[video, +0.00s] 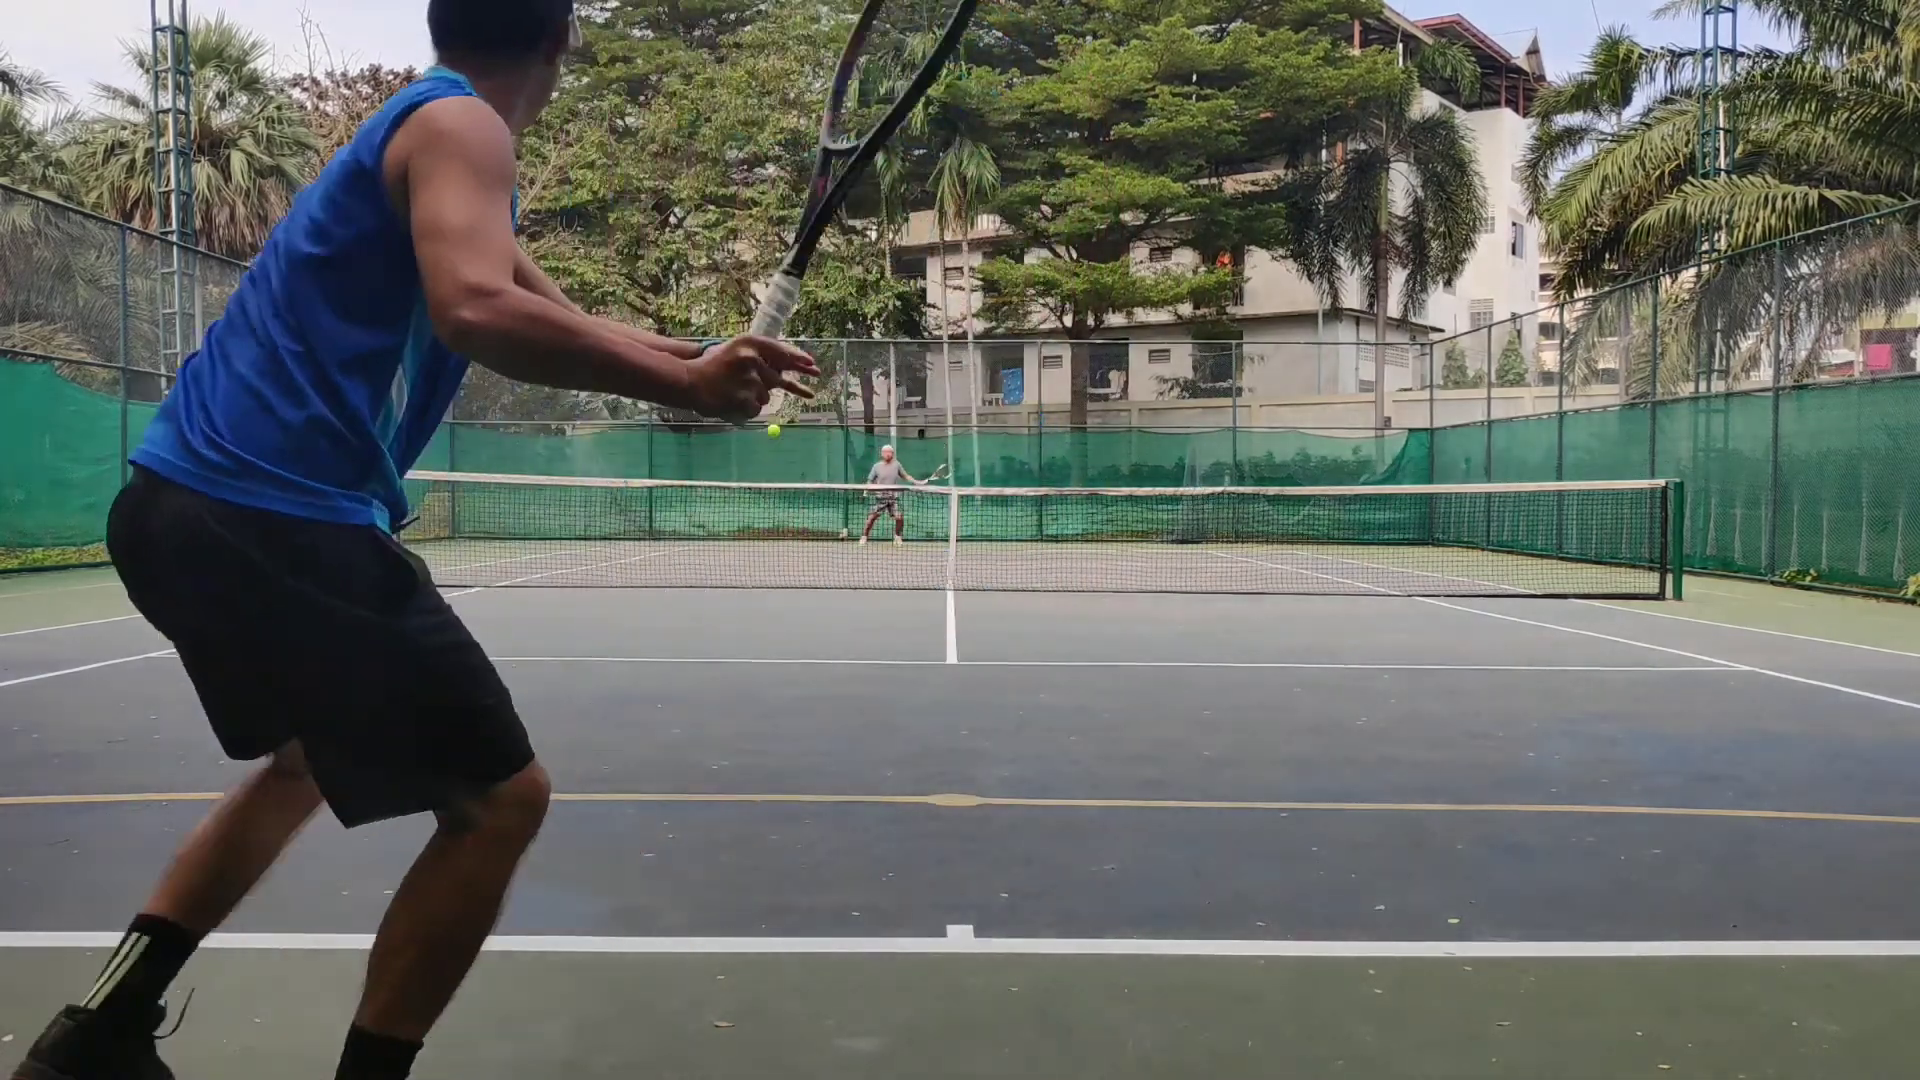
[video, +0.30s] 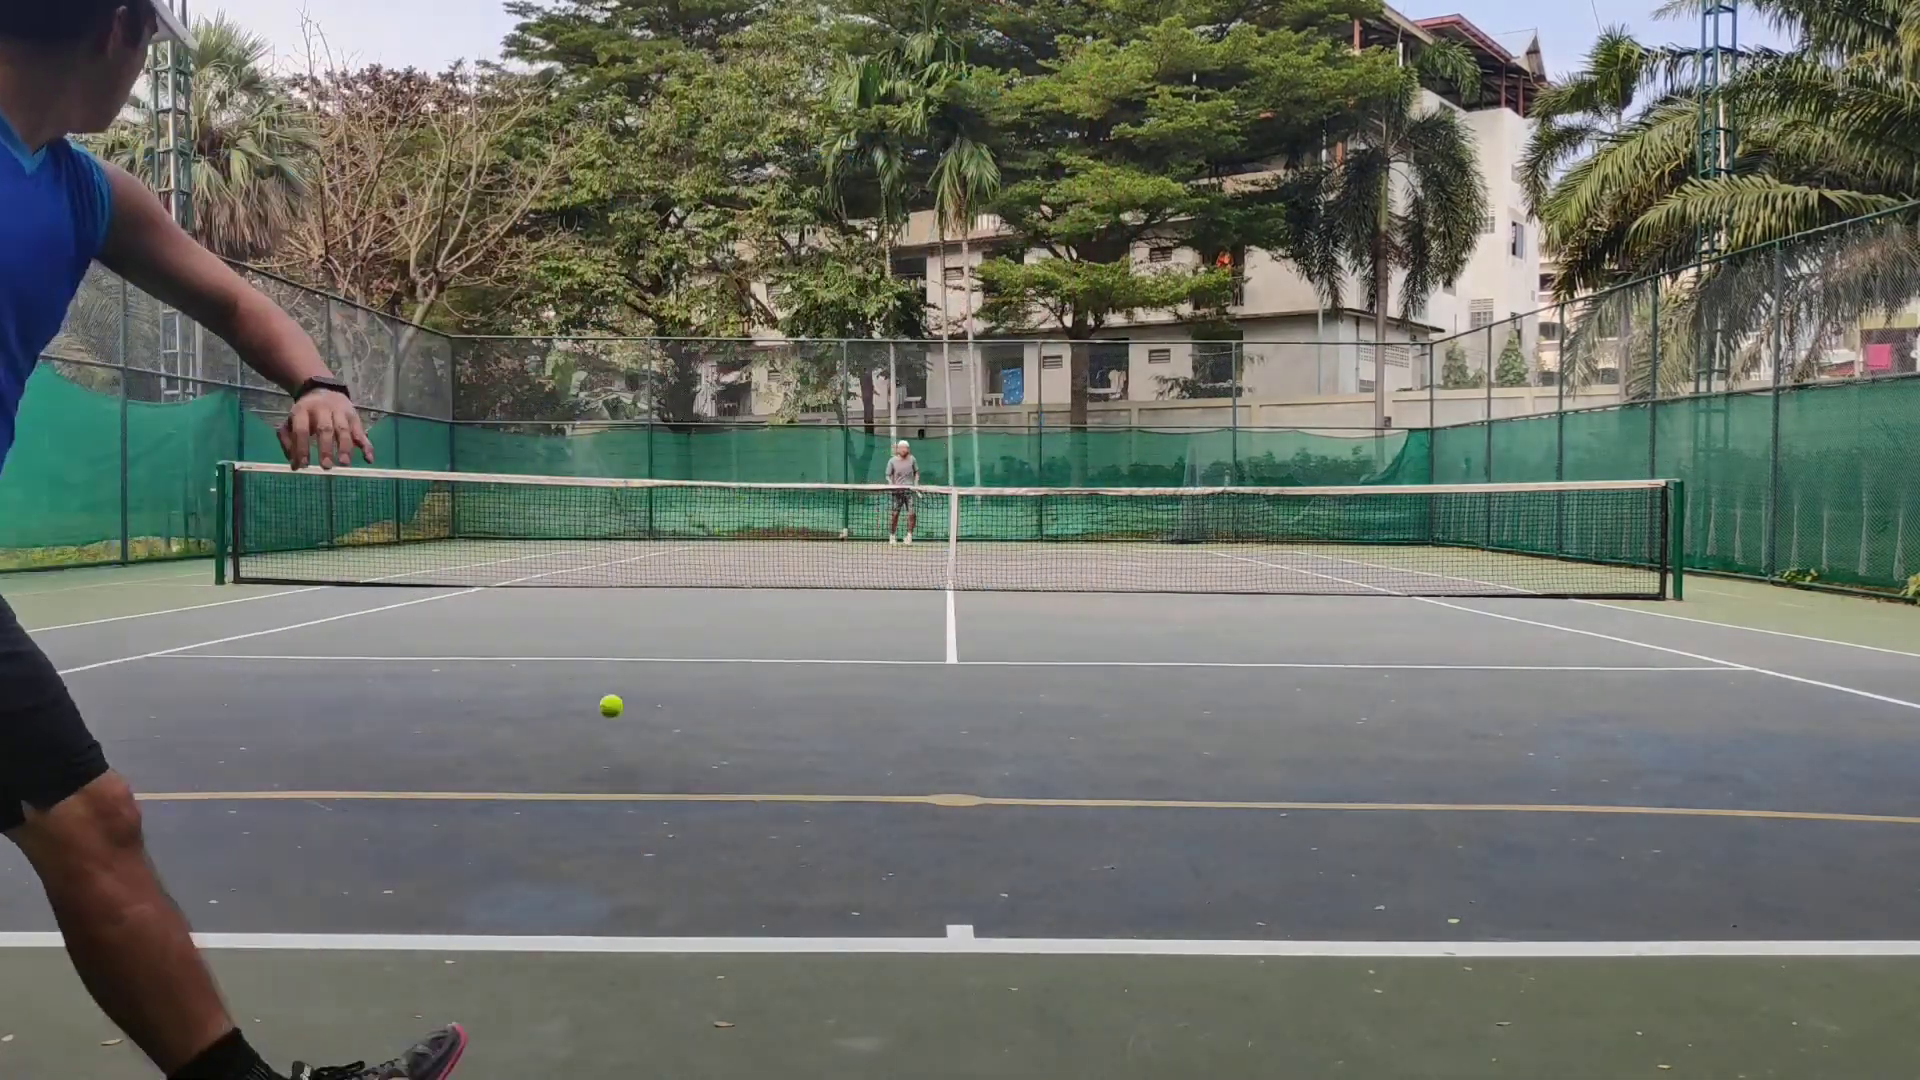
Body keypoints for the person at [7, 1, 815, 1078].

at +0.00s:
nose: (568, 63)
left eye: (566, 45)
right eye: (570, 42)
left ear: (447, 32)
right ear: (558, 44)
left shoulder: (404, 126)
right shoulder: (460, 126)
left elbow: (529, 305)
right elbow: (475, 306)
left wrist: (689, 367)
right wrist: (676, 378)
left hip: (178, 500)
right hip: (287, 523)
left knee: (316, 750)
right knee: (502, 801)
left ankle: (111, 1021)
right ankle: (370, 1070)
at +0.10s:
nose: (448, 82)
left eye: (450, 59)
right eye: (449, 56)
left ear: (331, 38)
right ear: (428, 54)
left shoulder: (364, 189)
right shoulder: (284, 126)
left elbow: (480, 316)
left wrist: (608, 346)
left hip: (104, 536)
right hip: (163, 536)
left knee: (134, 819)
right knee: (436, 788)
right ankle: (358, 1077)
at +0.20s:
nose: (300, 76)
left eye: (303, 53)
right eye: (302, 50)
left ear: (172, 32)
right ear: (275, 45)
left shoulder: (247, 202)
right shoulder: (82, 120)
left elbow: (369, 300)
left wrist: (472, 356)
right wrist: (70, 281)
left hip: (86, 548)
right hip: (40, 546)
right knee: (298, 781)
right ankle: (329, 1070)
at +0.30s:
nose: (144, 58)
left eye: (148, 39)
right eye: (147, 35)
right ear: (117, 27)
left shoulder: (82, 186)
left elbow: (226, 298)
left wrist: (314, 379)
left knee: (86, 820)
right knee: (89, 820)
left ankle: (232, 1069)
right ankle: (236, 1071)